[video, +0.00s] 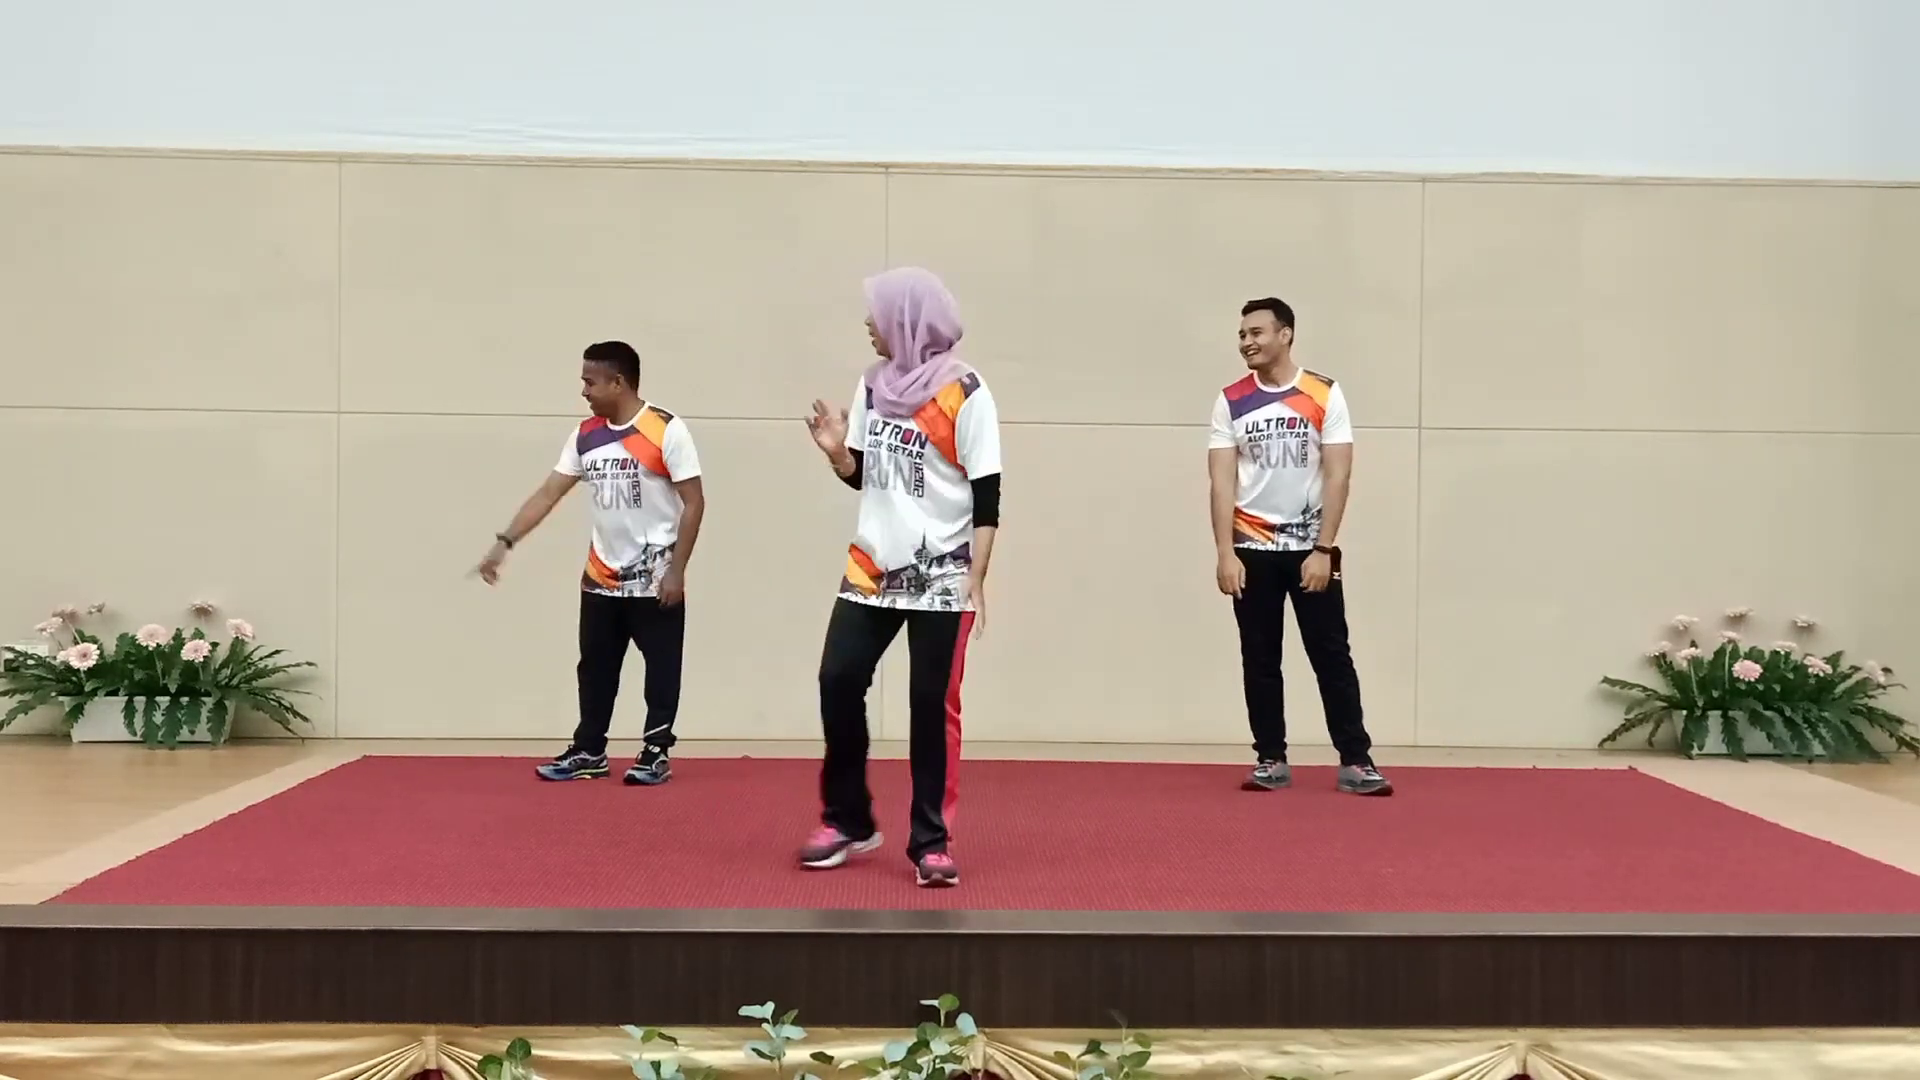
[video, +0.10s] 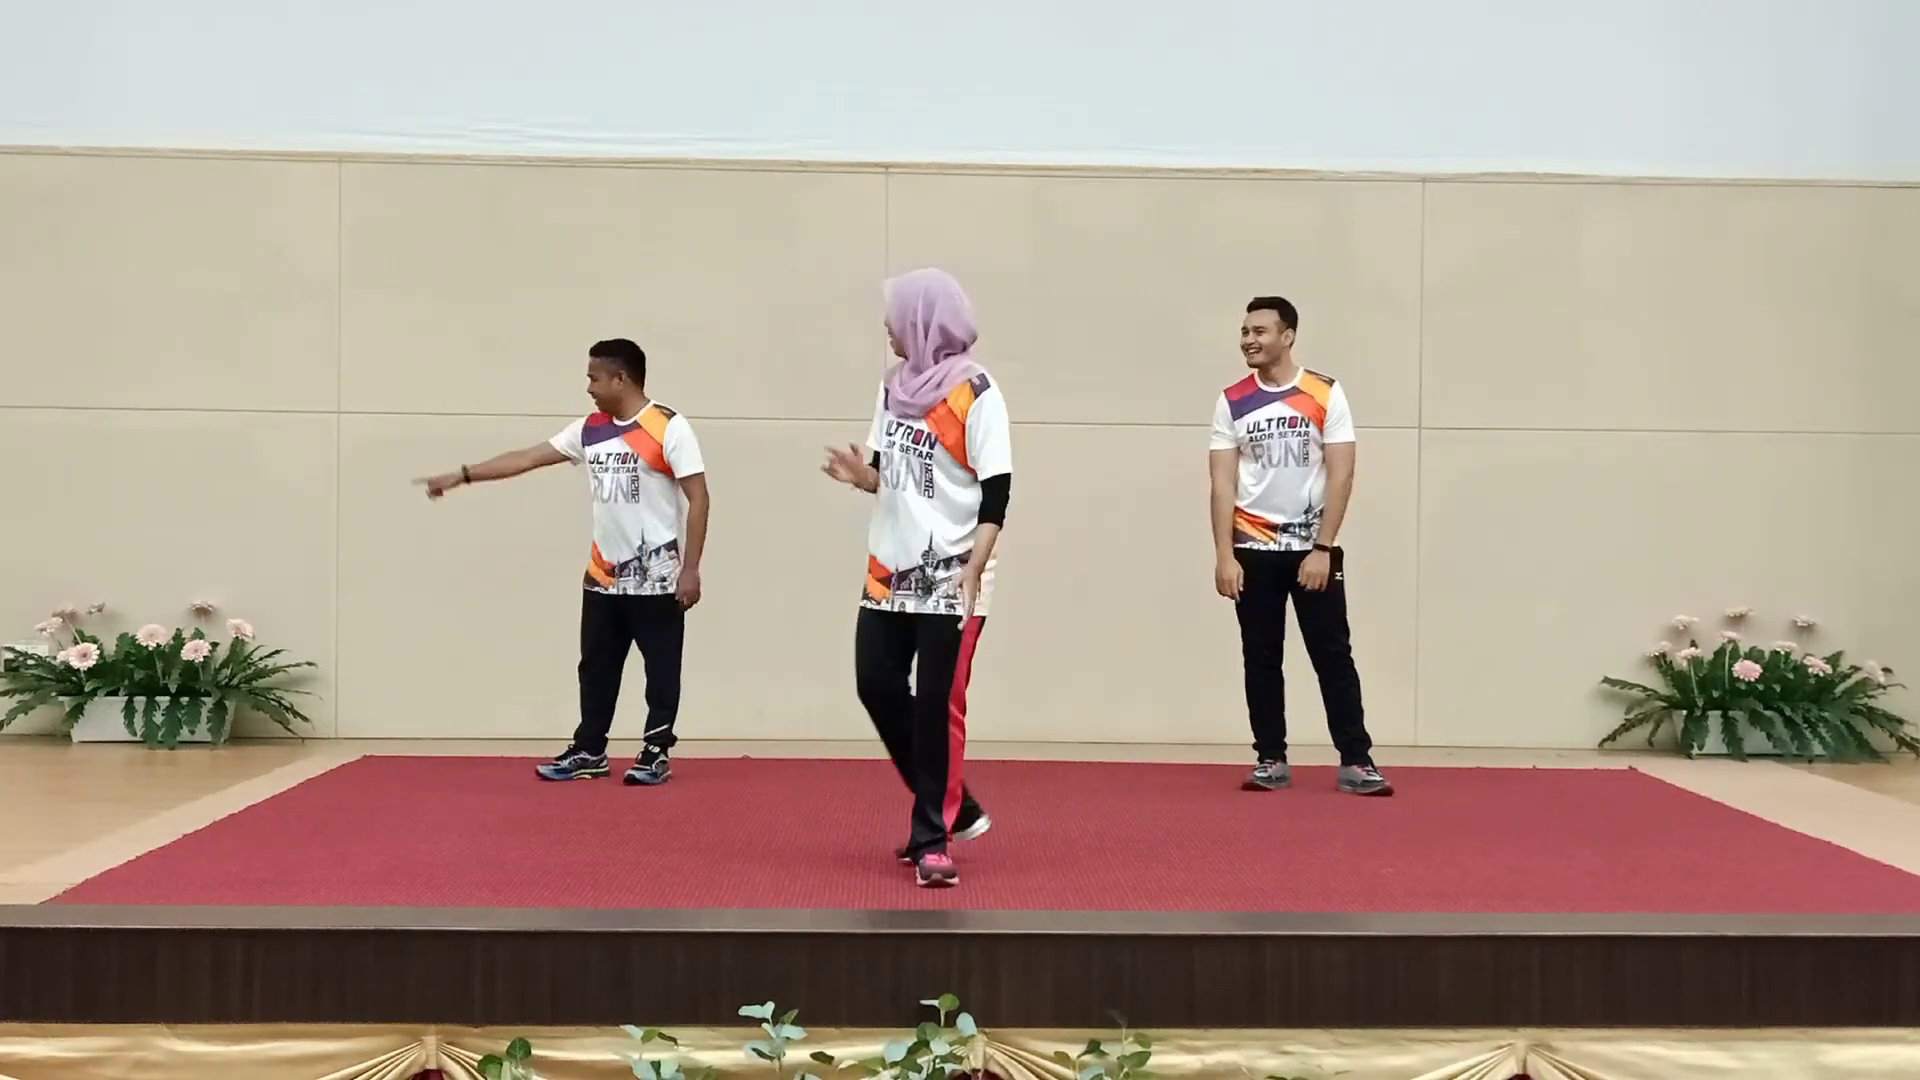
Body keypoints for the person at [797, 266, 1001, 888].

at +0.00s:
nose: (870, 329)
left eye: (879, 318)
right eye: (872, 318)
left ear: (910, 321)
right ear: (899, 322)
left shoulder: (967, 394)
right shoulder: (871, 387)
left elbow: (986, 489)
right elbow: (865, 480)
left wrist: (976, 575)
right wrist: (837, 452)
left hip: (944, 575)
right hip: (872, 570)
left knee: (931, 704)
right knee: (837, 682)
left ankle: (931, 843)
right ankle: (850, 822)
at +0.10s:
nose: (890, 334)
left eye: (897, 323)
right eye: (890, 322)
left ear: (926, 323)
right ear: (915, 323)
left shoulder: (976, 394)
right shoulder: (892, 391)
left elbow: (997, 490)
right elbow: (893, 479)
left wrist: (975, 568)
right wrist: (861, 474)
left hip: (951, 576)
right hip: (888, 573)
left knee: (934, 704)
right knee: (878, 689)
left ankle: (931, 840)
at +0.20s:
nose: (898, 334)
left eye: (904, 323)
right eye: (899, 323)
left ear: (929, 323)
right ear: (931, 323)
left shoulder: (982, 395)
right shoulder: (903, 390)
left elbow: (1000, 490)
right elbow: (900, 475)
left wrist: (979, 566)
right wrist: (872, 491)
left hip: (954, 580)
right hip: (898, 579)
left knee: (940, 707)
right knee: (901, 695)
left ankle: (932, 843)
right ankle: (990, 808)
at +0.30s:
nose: (909, 338)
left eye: (915, 328)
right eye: (909, 328)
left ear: (940, 329)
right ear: (952, 327)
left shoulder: (988, 401)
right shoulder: (922, 395)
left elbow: (1007, 490)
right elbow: (912, 474)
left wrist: (992, 570)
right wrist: (892, 513)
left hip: (973, 577)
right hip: (926, 580)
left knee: (942, 704)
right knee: (959, 704)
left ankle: (931, 842)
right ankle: (1024, 828)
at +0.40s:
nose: (915, 344)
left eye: (920, 333)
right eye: (915, 333)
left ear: (946, 332)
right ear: (956, 329)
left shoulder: (991, 401)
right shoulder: (933, 396)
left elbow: (1010, 491)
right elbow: (920, 479)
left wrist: (1001, 574)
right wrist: (895, 545)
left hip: (978, 582)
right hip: (939, 582)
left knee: (943, 708)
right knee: (977, 710)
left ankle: (930, 842)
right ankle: (1029, 833)